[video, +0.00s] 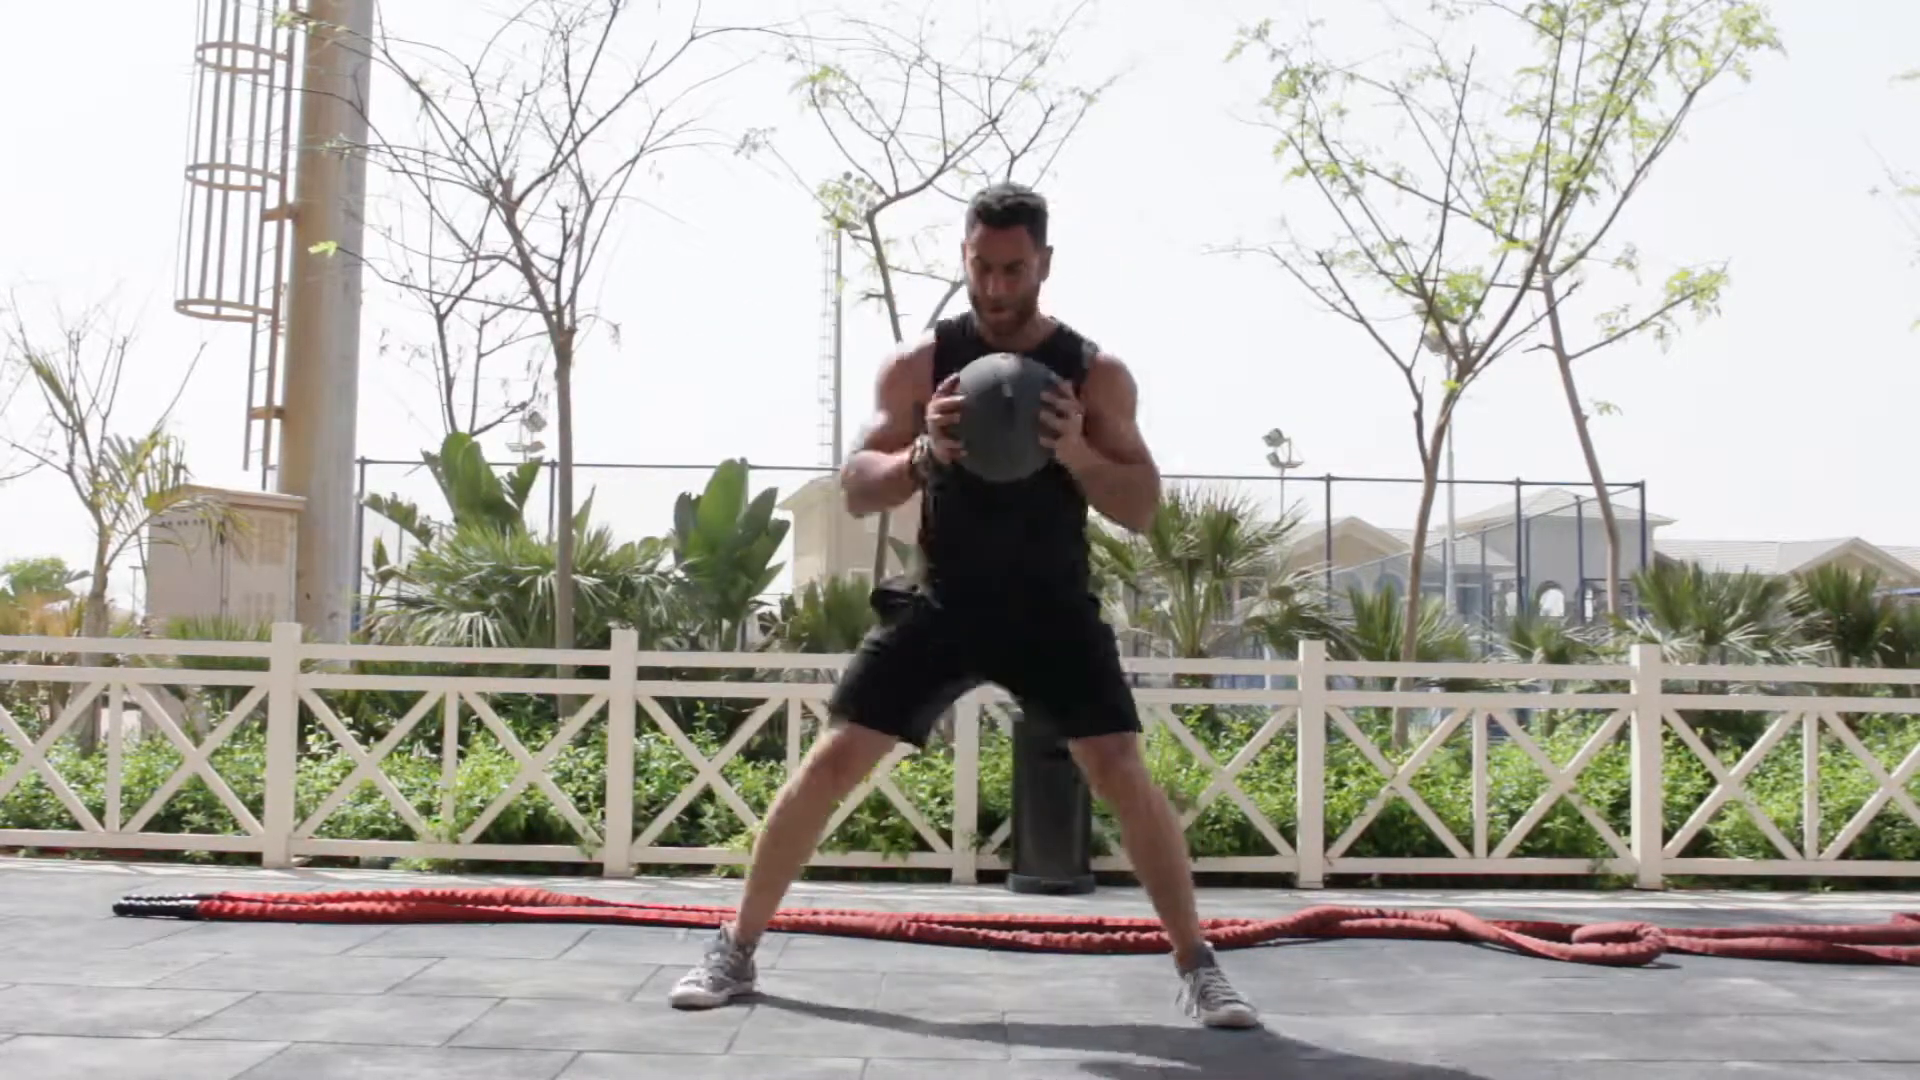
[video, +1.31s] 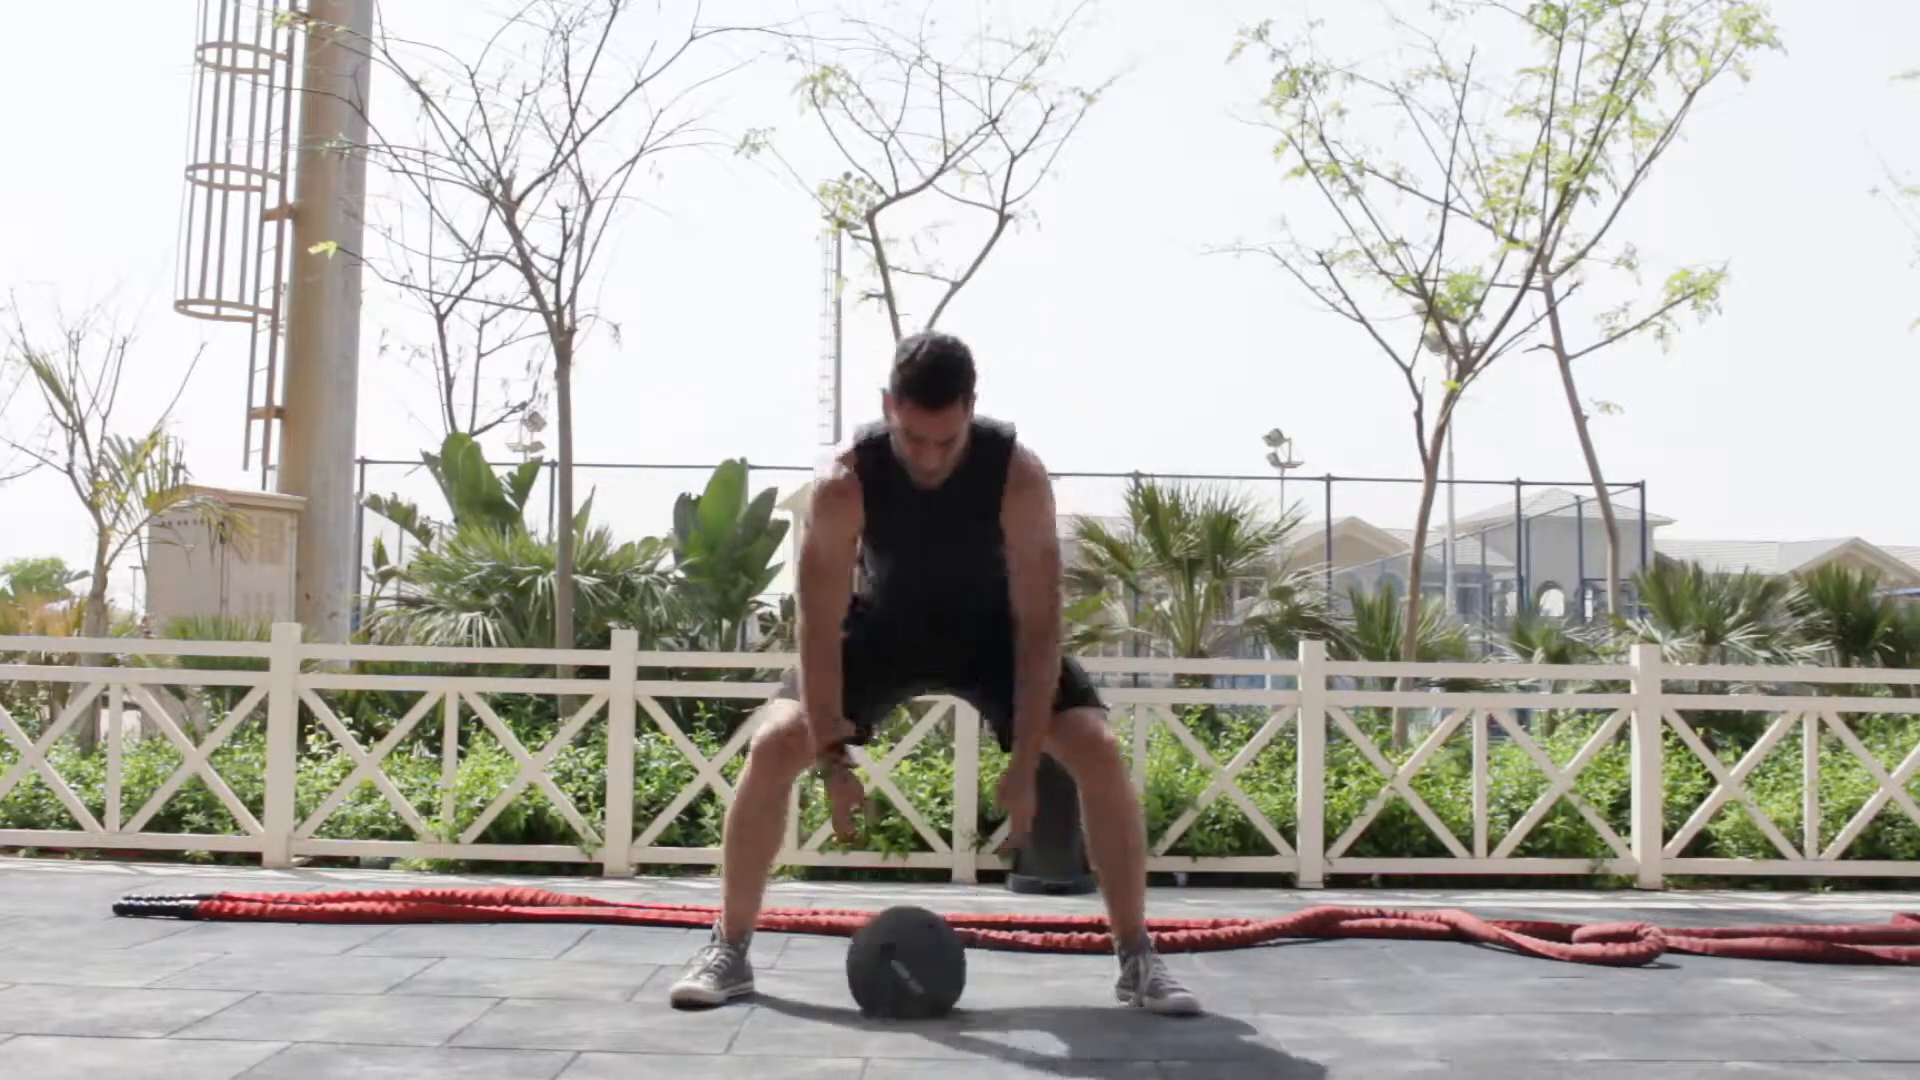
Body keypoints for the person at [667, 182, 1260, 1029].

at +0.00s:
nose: (996, 288)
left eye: (1014, 269)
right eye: (982, 268)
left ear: (1045, 265)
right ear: (962, 264)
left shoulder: (1096, 376)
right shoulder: (917, 370)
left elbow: (1140, 506)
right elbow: (859, 489)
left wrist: (1076, 451)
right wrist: (921, 457)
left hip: (1056, 616)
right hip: (945, 612)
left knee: (1121, 769)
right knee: (836, 757)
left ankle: (1199, 969)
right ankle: (735, 949)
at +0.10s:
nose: (966, 249)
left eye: (984, 237)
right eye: (950, 234)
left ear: (1010, 244)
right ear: (925, 239)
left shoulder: (1041, 335)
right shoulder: (886, 328)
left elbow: (1095, 438)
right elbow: (806, 414)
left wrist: (1032, 334)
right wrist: (882, 344)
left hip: (1011, 595)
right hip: (898, 592)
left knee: (1094, 759)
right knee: (810, 757)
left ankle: (1187, 961)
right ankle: (730, 951)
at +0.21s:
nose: (940, 241)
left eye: (954, 227)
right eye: (927, 227)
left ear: (979, 230)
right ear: (903, 229)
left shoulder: (1012, 322)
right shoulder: (863, 313)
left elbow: (1079, 302)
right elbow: (801, 293)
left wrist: (1019, 182)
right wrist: (870, 186)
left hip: (989, 583)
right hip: (876, 581)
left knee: (1070, 754)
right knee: (803, 755)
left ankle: (1146, 954)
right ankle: (731, 952)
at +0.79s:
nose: (941, 256)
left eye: (957, 239)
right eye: (924, 240)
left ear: (984, 243)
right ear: (896, 241)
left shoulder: (1013, 325)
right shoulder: (874, 315)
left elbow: (1040, 402)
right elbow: (825, 367)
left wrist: (1012, 270)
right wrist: (858, 260)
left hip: (999, 583)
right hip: (889, 579)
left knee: (1070, 757)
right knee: (811, 752)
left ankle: (1140, 961)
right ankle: (733, 950)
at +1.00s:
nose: (945, 278)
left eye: (960, 262)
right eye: (930, 262)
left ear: (984, 249)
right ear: (905, 246)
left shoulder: (1029, 348)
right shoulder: (856, 348)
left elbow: (1066, 467)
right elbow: (812, 460)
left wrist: (1095, 576)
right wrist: (802, 572)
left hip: (999, 592)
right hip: (883, 588)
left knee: (1067, 756)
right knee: (812, 754)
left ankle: (1138, 956)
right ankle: (731, 950)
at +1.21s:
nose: (933, 348)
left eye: (949, 330)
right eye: (918, 330)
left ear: (976, 307)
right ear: (891, 306)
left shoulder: (1026, 387)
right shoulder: (845, 388)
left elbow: (1067, 509)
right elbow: (802, 514)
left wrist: (1070, 635)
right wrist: (810, 641)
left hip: (999, 604)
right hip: (888, 602)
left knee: (1085, 750)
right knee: (797, 738)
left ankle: (1138, 959)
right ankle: (731, 947)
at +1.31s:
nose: (928, 454)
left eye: (944, 439)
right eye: (913, 437)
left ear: (971, 411)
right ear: (891, 408)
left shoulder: (1017, 476)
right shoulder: (846, 486)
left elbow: (1038, 626)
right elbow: (820, 630)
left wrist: (1023, 765)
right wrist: (835, 762)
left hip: (993, 645)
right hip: (884, 644)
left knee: (1097, 746)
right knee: (774, 745)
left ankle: (1137, 957)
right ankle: (729, 952)